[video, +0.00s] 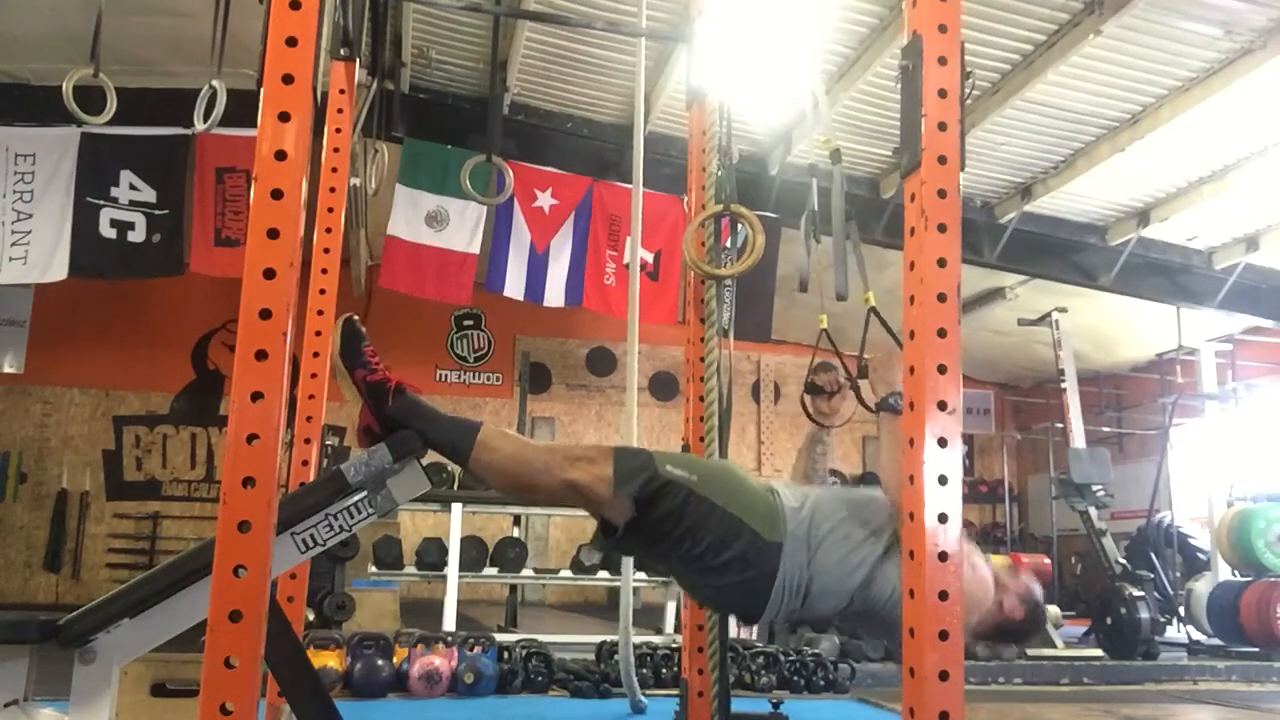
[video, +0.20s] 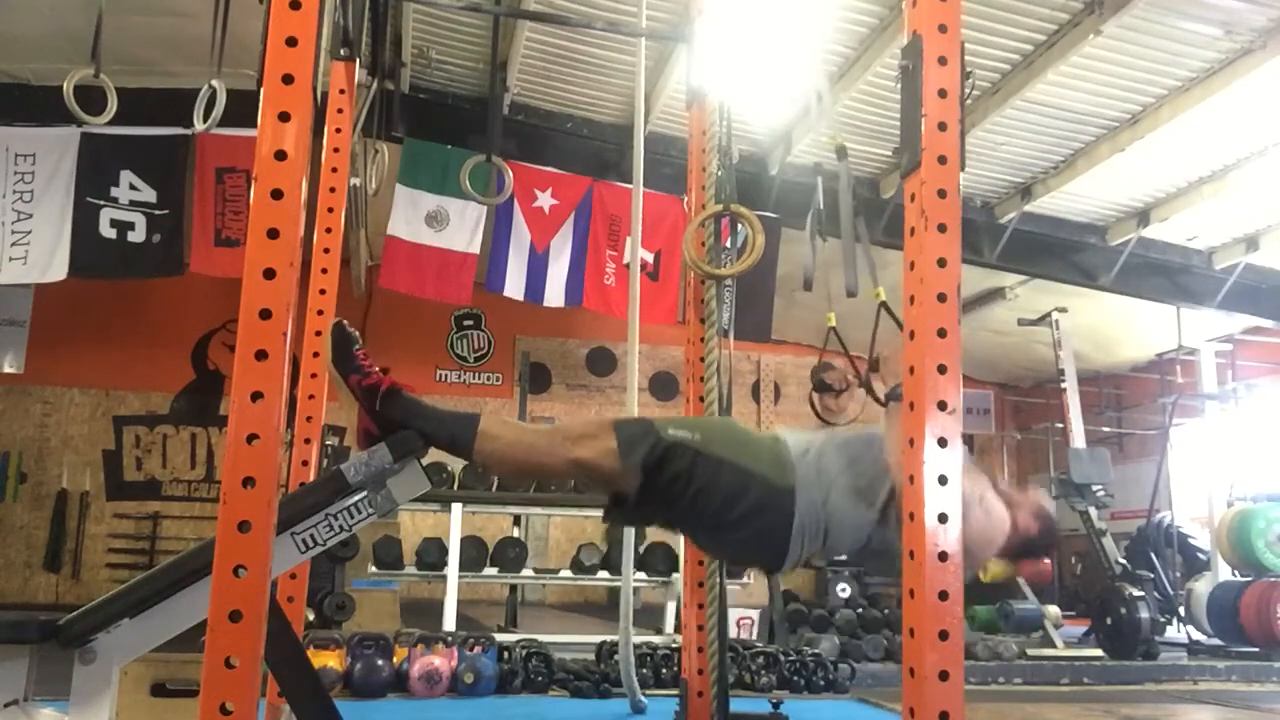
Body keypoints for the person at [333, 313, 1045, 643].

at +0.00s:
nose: (1017, 568)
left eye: (1024, 583)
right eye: (1025, 569)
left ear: (1007, 613)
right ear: (1002, 566)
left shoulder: (966, 596)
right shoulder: (947, 564)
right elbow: (859, 499)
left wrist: (934, 454)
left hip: (771, 549)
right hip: (766, 522)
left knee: (606, 479)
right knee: (600, 470)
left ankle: (402, 412)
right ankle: (416, 432)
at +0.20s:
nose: (1014, 502)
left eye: (1023, 512)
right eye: (1022, 499)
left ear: (1015, 544)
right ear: (1010, 492)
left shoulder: (969, 532)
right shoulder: (960, 496)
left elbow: (908, 490)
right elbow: (891, 460)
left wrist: (928, 428)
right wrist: (888, 409)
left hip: (786, 500)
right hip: (775, 475)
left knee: (605, 461)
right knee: (596, 453)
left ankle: (402, 417)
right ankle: (407, 415)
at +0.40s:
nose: (1025, 426)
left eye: (1035, 438)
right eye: (1033, 425)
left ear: (1033, 466)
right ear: (1021, 432)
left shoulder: (992, 469)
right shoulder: (975, 436)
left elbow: (924, 470)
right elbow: (896, 430)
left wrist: (931, 398)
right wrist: (893, 379)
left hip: (792, 456)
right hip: (779, 429)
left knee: (606, 413)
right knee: (599, 408)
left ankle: (400, 416)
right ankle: (407, 419)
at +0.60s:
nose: (1002, 435)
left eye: (1010, 449)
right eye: (1008, 433)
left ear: (1002, 472)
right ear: (994, 428)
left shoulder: (957, 481)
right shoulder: (944, 432)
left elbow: (889, 466)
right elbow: (874, 428)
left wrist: (891, 380)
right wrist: (879, 366)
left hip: (765, 432)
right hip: (755, 428)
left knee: (590, 338)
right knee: (579, 348)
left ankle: (392, 411)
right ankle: (399, 411)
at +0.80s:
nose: (925, 422)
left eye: (939, 432)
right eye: (937, 422)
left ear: (938, 467)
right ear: (927, 426)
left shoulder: (897, 486)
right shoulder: (884, 434)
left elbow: (825, 474)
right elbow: (828, 418)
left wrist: (824, 382)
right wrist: (830, 363)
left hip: (687, 418)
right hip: (688, 382)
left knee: (530, 294)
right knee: (515, 316)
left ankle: (370, 408)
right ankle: (378, 400)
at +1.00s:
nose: (855, 443)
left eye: (863, 458)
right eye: (864, 444)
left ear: (851, 479)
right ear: (847, 448)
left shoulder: (801, 481)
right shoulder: (791, 446)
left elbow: (722, 466)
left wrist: (754, 395)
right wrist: (755, 384)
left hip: (610, 390)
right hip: (610, 379)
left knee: (458, 259)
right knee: (450, 296)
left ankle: (342, 412)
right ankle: (339, 413)